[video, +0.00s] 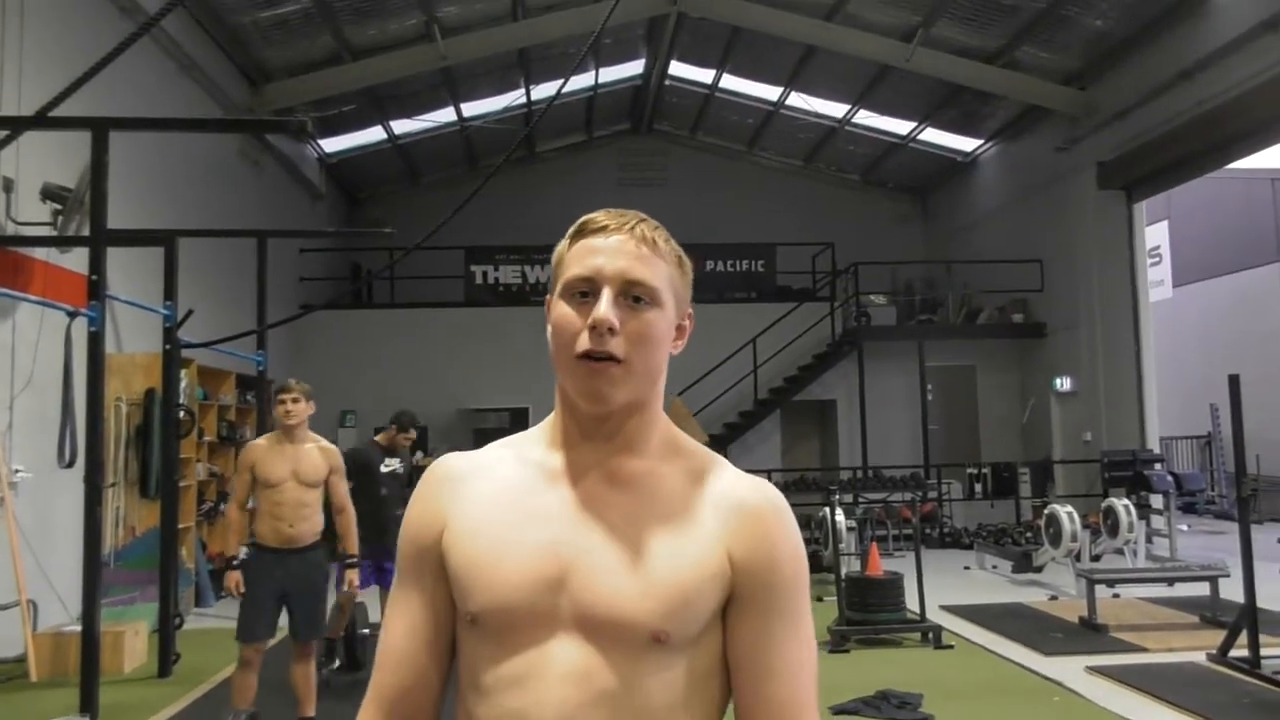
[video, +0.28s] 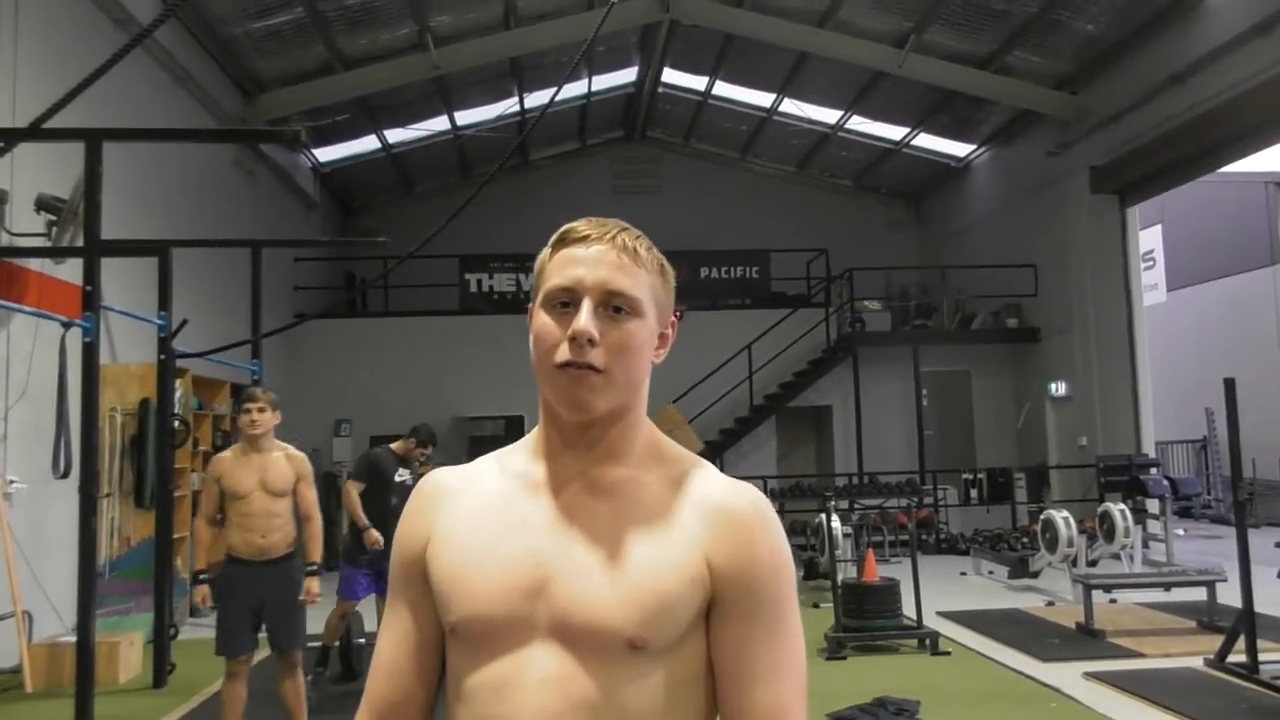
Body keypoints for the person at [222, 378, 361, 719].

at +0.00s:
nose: (288, 408)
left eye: (295, 402)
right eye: (282, 403)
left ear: (309, 408)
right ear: (274, 409)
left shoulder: (328, 453)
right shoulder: (255, 451)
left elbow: (343, 509)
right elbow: (237, 505)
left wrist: (352, 561)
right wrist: (232, 561)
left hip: (310, 561)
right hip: (263, 561)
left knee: (306, 648)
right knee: (250, 653)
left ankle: (308, 714)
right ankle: (240, 715)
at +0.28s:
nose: (252, 417)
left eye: (260, 411)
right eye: (246, 411)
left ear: (275, 417)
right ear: (237, 419)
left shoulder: (295, 461)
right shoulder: (221, 463)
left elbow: (311, 516)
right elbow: (204, 519)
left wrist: (313, 570)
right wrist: (199, 575)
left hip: (285, 570)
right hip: (237, 572)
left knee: (291, 662)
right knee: (236, 666)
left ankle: (301, 716)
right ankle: (231, 718)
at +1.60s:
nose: (288, 460)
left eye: (288, 453)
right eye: (283, 453)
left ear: (265, 455)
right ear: (262, 453)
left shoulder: (280, 497)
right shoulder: (217, 495)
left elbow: (290, 555)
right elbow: (189, 552)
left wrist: (308, 604)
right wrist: (189, 613)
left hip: (274, 608)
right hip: (230, 610)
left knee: (275, 698)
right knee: (227, 703)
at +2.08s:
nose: (312, 473)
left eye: (314, 467)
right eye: (307, 465)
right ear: (284, 463)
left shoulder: (303, 508)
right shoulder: (248, 501)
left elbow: (309, 568)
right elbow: (204, 549)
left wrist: (321, 621)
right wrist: (224, 604)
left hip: (297, 617)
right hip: (255, 620)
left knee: (282, 704)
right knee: (238, 708)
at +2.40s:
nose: (334, 481)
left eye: (336, 475)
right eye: (329, 473)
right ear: (306, 469)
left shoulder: (324, 515)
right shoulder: (269, 505)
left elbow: (331, 574)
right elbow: (225, 547)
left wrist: (340, 628)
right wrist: (238, 602)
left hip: (316, 618)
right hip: (278, 620)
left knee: (303, 705)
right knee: (294, 708)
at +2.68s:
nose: (357, 489)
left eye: (360, 483)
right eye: (353, 480)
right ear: (330, 476)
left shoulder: (347, 520)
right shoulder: (295, 513)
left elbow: (354, 579)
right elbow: (254, 563)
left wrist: (361, 631)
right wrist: (265, 621)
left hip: (336, 625)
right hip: (304, 627)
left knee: (300, 707)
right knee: (337, 710)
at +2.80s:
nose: (370, 490)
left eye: (372, 484)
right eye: (365, 481)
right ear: (342, 478)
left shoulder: (359, 518)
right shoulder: (309, 517)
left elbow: (366, 571)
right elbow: (276, 571)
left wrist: (373, 618)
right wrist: (276, 634)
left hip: (351, 625)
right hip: (321, 628)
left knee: (321, 707)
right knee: (345, 709)